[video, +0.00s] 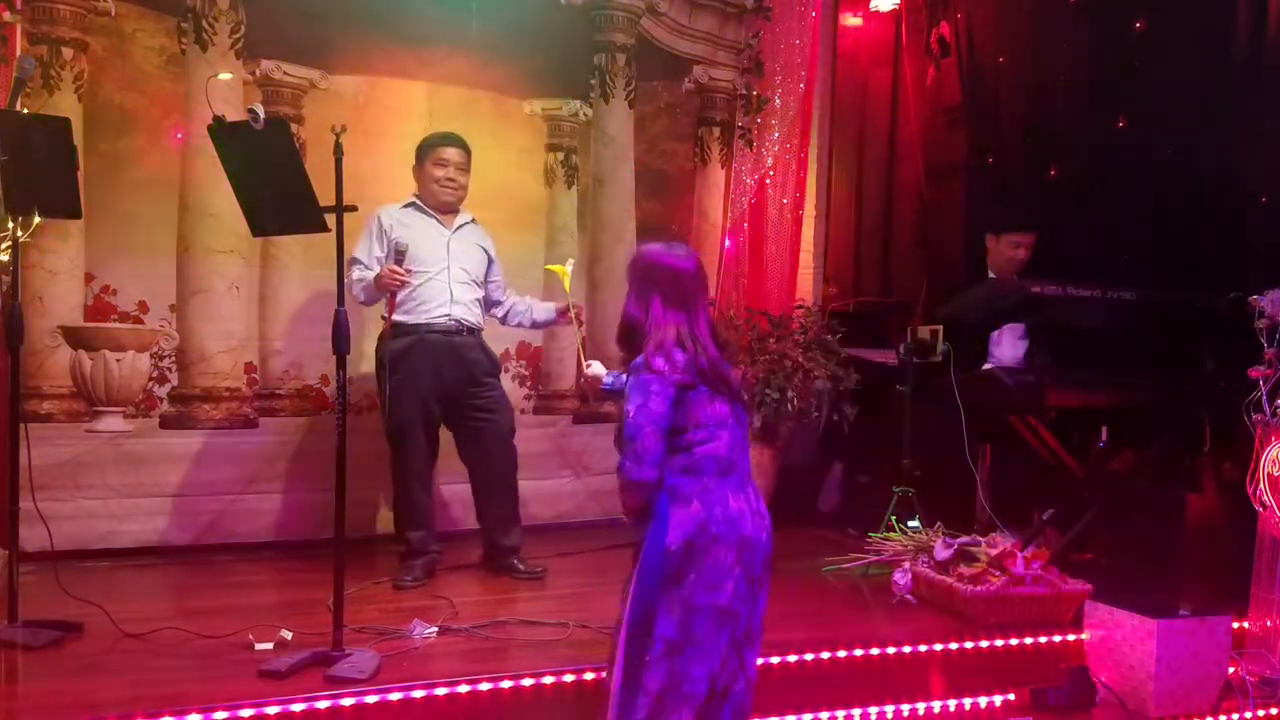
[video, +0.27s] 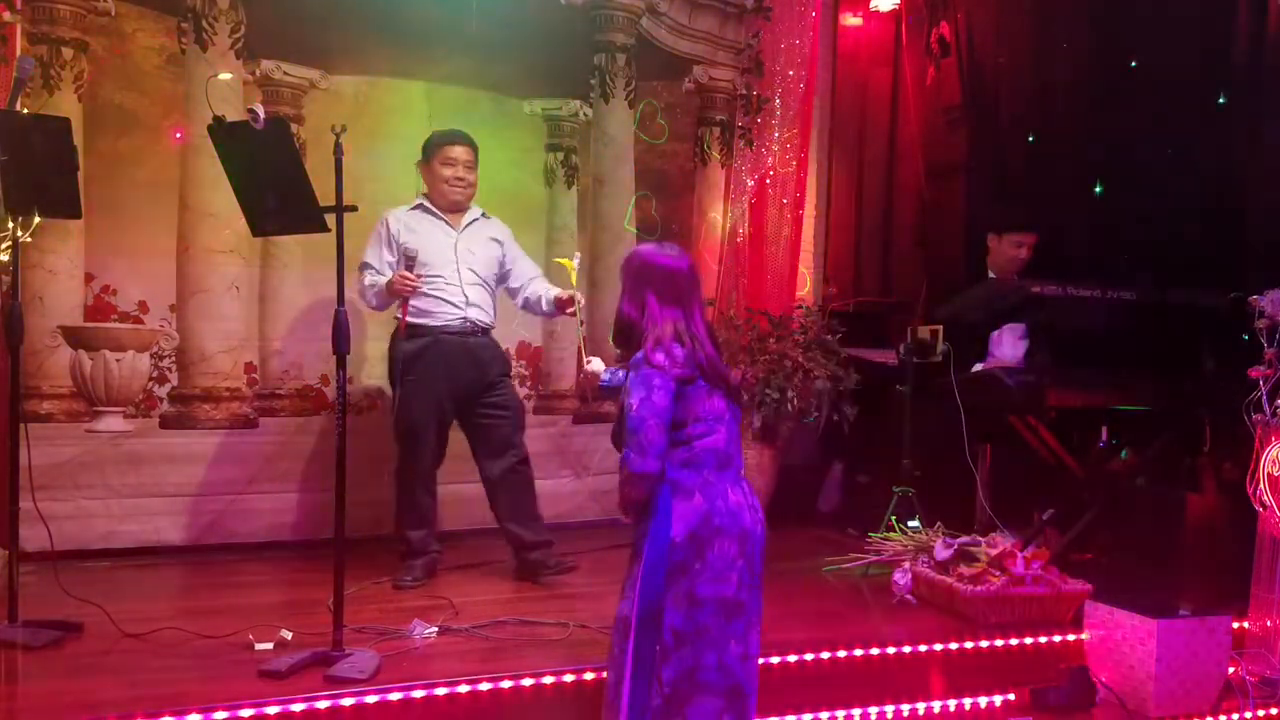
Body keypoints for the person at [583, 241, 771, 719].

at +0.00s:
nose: (628, 303)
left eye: (631, 291)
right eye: (630, 291)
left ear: (646, 299)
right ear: (697, 296)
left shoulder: (656, 365)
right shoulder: (713, 359)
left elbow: (641, 468)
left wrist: (635, 512)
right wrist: (621, 384)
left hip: (693, 523)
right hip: (746, 518)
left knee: (670, 656)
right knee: (723, 654)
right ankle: (719, 717)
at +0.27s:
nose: (622, 302)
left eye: (626, 291)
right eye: (625, 291)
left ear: (641, 297)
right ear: (688, 294)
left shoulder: (654, 362)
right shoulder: (707, 356)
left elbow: (643, 460)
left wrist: (631, 505)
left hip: (688, 515)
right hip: (737, 508)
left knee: (661, 639)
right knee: (722, 642)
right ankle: (718, 716)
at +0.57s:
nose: (614, 301)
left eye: (618, 290)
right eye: (617, 290)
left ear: (633, 295)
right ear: (679, 292)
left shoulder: (648, 358)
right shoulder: (699, 349)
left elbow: (640, 453)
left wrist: (627, 501)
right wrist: (605, 380)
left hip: (684, 510)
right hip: (731, 503)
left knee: (674, 636)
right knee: (720, 638)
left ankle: (678, 712)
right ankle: (720, 711)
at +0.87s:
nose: (598, 293)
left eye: (605, 282)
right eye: (599, 281)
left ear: (632, 287)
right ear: (655, 285)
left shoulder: (642, 343)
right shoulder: (685, 335)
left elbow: (637, 435)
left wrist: (619, 487)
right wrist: (607, 385)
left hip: (674, 488)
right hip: (713, 483)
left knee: (673, 618)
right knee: (714, 611)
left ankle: (700, 709)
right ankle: (731, 706)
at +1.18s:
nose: (591, 287)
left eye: (603, 275)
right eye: (584, 279)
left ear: (640, 281)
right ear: (578, 292)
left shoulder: (643, 341)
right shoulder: (641, 338)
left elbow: (645, 439)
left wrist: (614, 484)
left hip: (676, 496)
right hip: (683, 488)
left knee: (671, 621)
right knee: (667, 617)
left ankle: (684, 712)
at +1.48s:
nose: (598, 272)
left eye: (615, 262)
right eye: (587, 261)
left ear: (641, 277)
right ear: (574, 278)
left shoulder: (657, 348)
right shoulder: (597, 358)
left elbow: (685, 448)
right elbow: (587, 471)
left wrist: (619, 503)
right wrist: (562, 556)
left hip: (665, 546)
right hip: (623, 548)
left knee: (664, 688)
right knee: (634, 687)